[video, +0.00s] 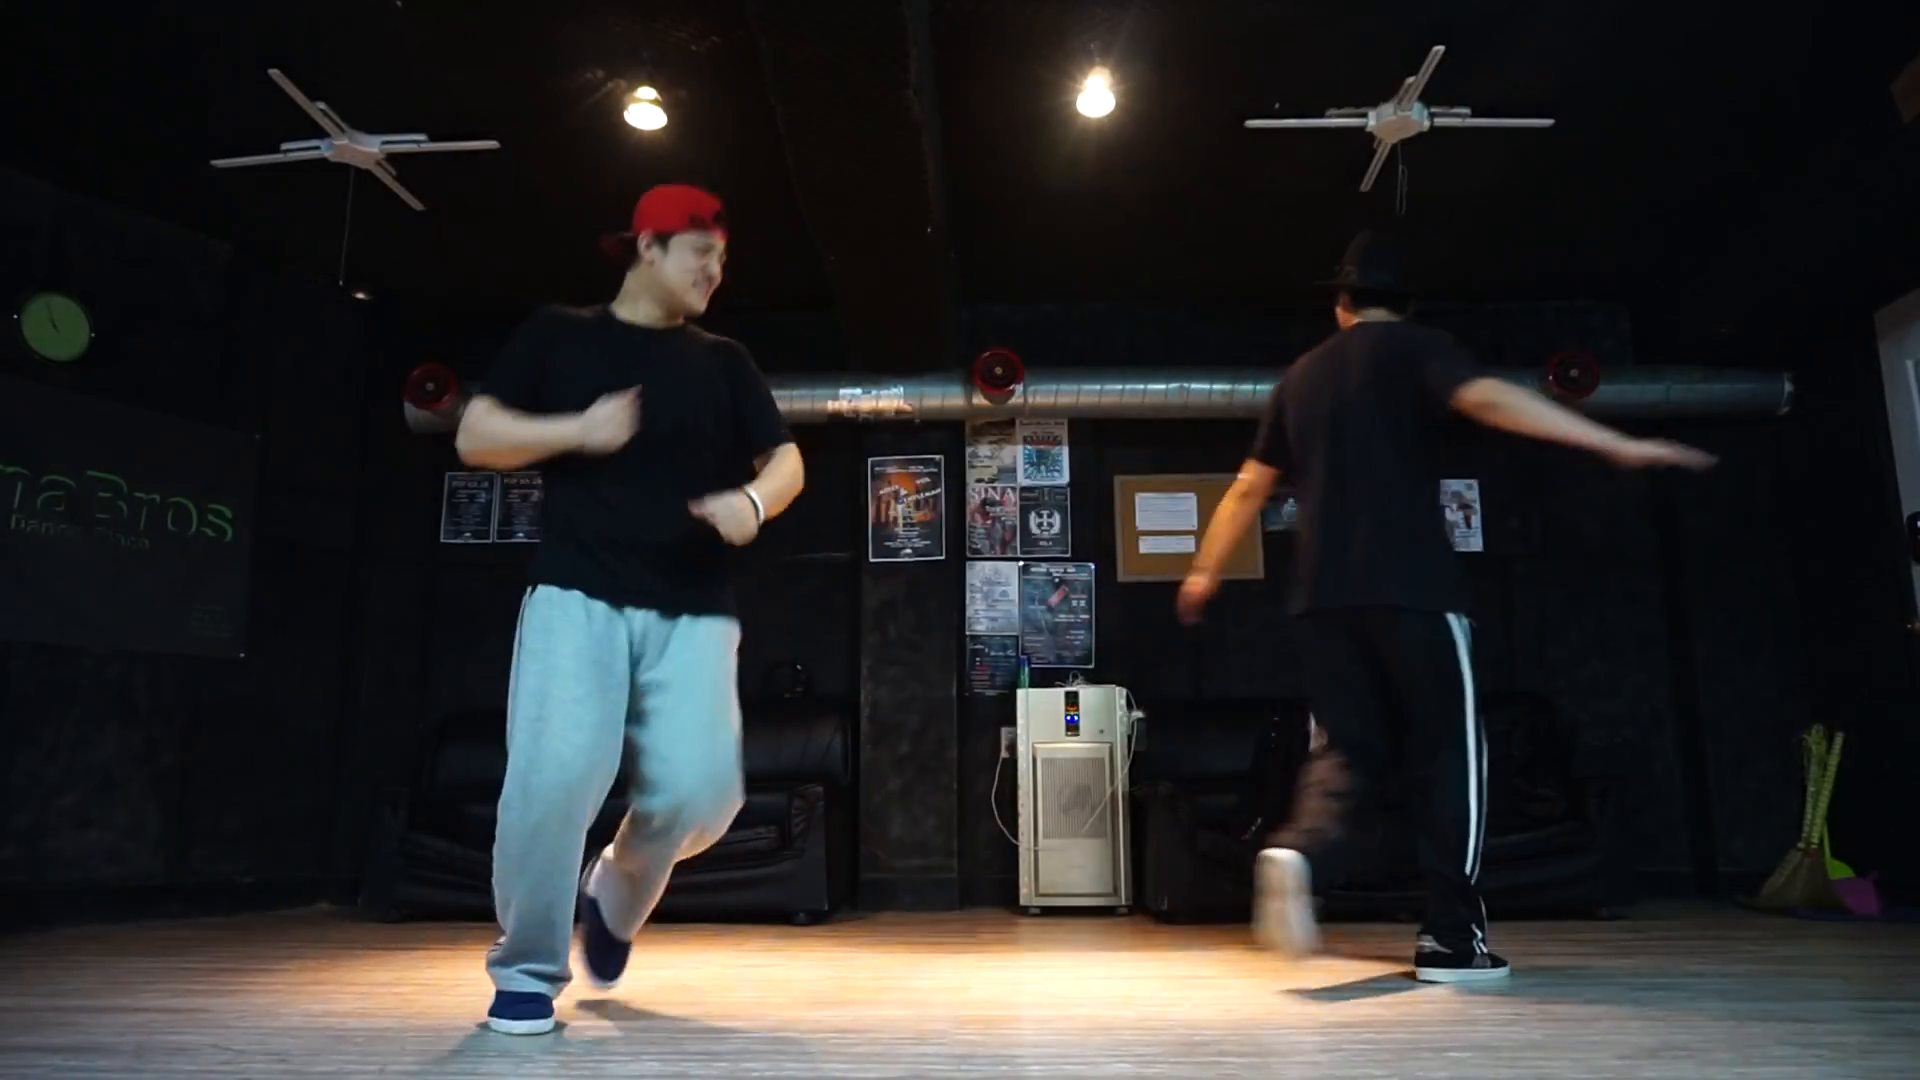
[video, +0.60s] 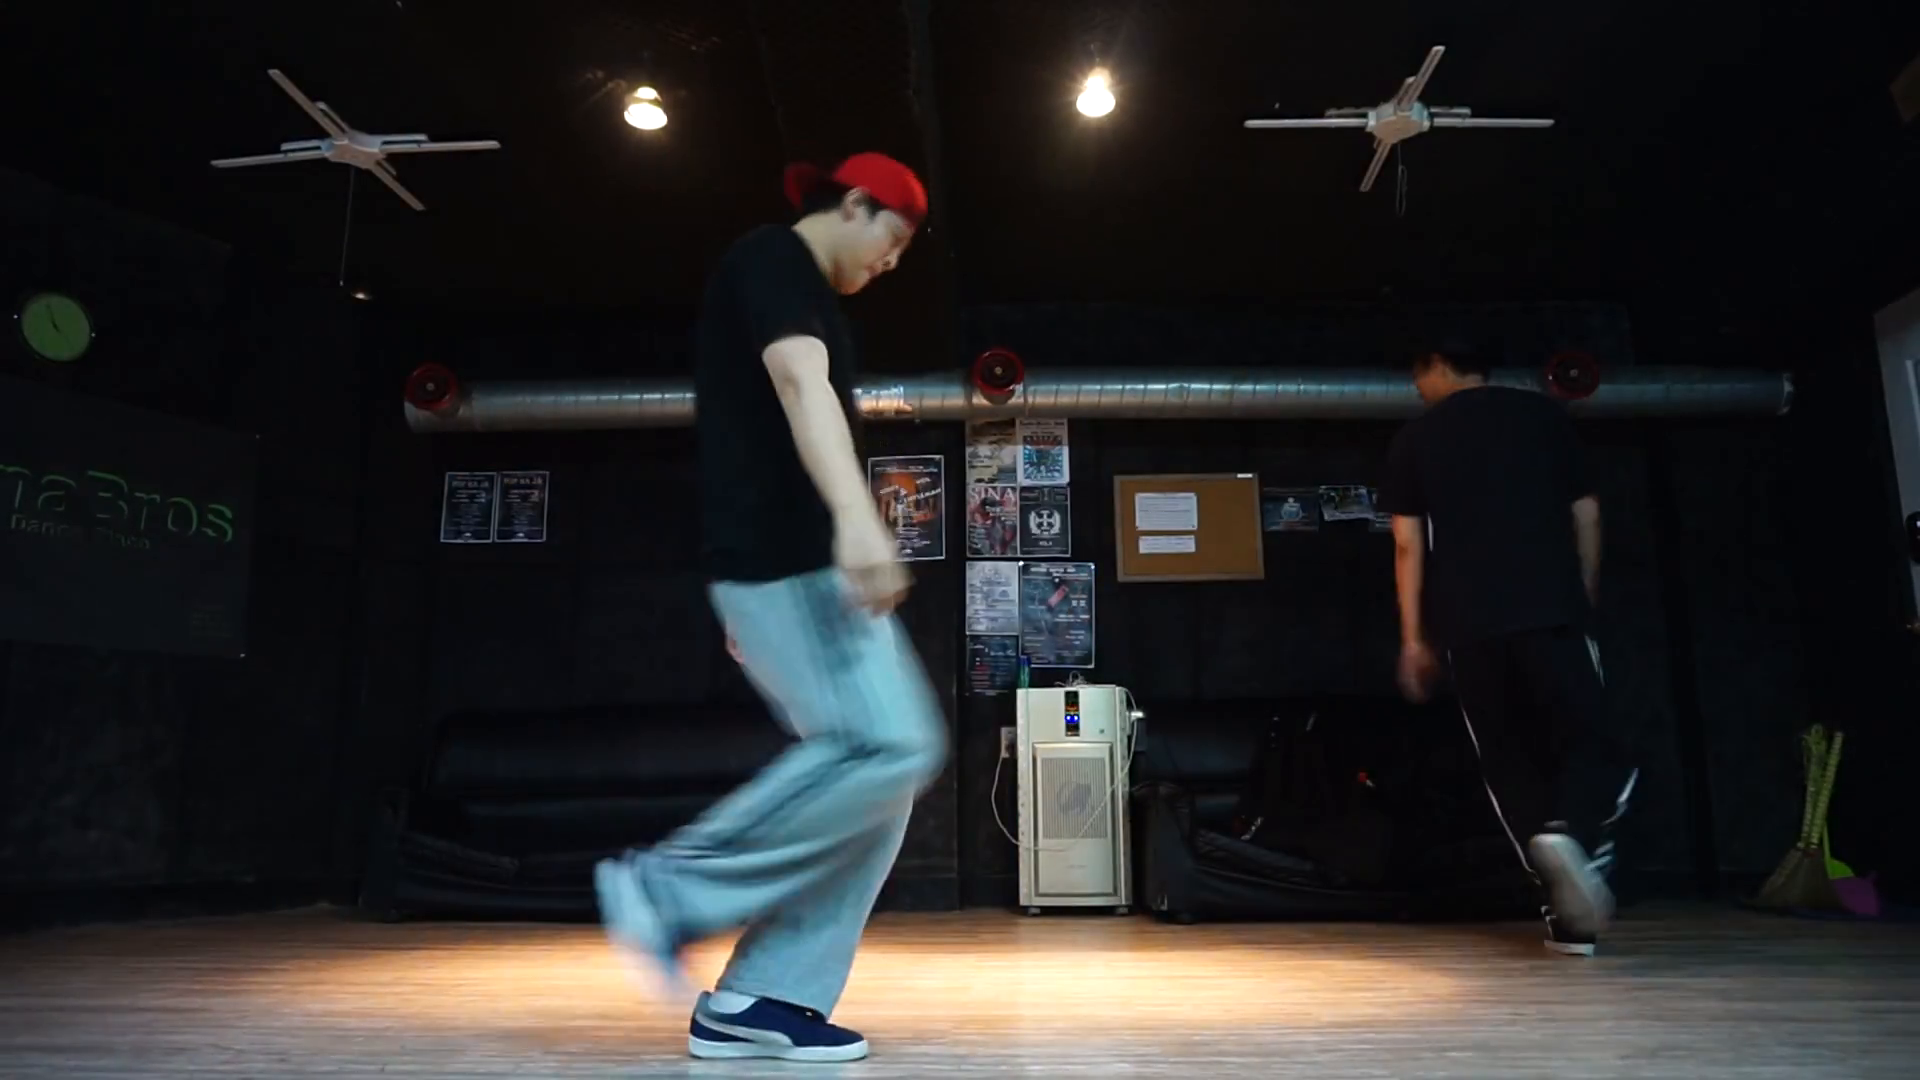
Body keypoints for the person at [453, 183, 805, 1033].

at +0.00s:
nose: (715, 270)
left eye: (720, 257)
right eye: (701, 253)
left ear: (713, 265)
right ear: (648, 250)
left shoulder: (724, 363)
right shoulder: (560, 336)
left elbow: (787, 463)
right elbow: (473, 437)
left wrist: (755, 500)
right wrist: (576, 430)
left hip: (696, 611)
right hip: (578, 598)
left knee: (701, 795)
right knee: (555, 780)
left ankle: (614, 897)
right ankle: (526, 973)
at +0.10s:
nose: (736, 235)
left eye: (741, 222)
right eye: (722, 217)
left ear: (727, 233)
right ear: (671, 213)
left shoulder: (732, 339)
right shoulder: (579, 299)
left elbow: (768, 447)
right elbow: (505, 395)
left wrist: (762, 496)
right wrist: (641, 375)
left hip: (710, 586)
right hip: (593, 578)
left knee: (731, 758)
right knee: (557, 774)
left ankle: (618, 925)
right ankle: (526, 974)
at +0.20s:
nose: (764, 206)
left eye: (768, 192)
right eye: (749, 188)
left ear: (759, 206)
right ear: (697, 188)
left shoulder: (744, 314)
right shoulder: (619, 261)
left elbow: (749, 430)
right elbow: (566, 334)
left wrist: (764, 492)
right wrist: (718, 348)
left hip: (726, 568)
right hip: (615, 562)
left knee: (754, 750)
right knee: (576, 771)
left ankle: (685, 972)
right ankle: (525, 980)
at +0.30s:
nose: (801, 209)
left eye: (806, 197)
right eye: (787, 190)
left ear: (790, 211)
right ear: (733, 186)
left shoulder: (755, 309)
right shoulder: (659, 243)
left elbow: (729, 433)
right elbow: (643, 311)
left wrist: (774, 514)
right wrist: (794, 374)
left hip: (741, 569)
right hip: (641, 559)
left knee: (780, 760)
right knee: (593, 771)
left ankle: (740, 995)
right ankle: (526, 970)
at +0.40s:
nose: (841, 242)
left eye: (847, 229)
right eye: (833, 219)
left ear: (818, 230)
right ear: (779, 204)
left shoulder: (774, 317)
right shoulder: (706, 255)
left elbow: (740, 463)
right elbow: (741, 330)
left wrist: (788, 571)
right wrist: (870, 439)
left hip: (776, 590)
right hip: (684, 582)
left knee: (831, 769)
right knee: (628, 788)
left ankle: (752, 996)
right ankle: (534, 947)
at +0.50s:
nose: (870, 266)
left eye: (877, 253)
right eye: (868, 244)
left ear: (838, 232)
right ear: (823, 216)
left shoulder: (793, 317)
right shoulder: (741, 259)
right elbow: (798, 367)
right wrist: (878, 481)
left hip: (814, 589)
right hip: (729, 583)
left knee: (867, 788)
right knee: (750, 782)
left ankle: (760, 1001)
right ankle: (569, 900)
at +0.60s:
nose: (891, 260)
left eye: (901, 247)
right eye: (893, 238)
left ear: (860, 220)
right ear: (854, 208)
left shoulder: (804, 293)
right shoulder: (773, 259)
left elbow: (769, 446)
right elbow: (802, 390)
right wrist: (860, 520)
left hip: (800, 576)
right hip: (781, 574)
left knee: (877, 769)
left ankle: (767, 1001)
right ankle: (662, 891)